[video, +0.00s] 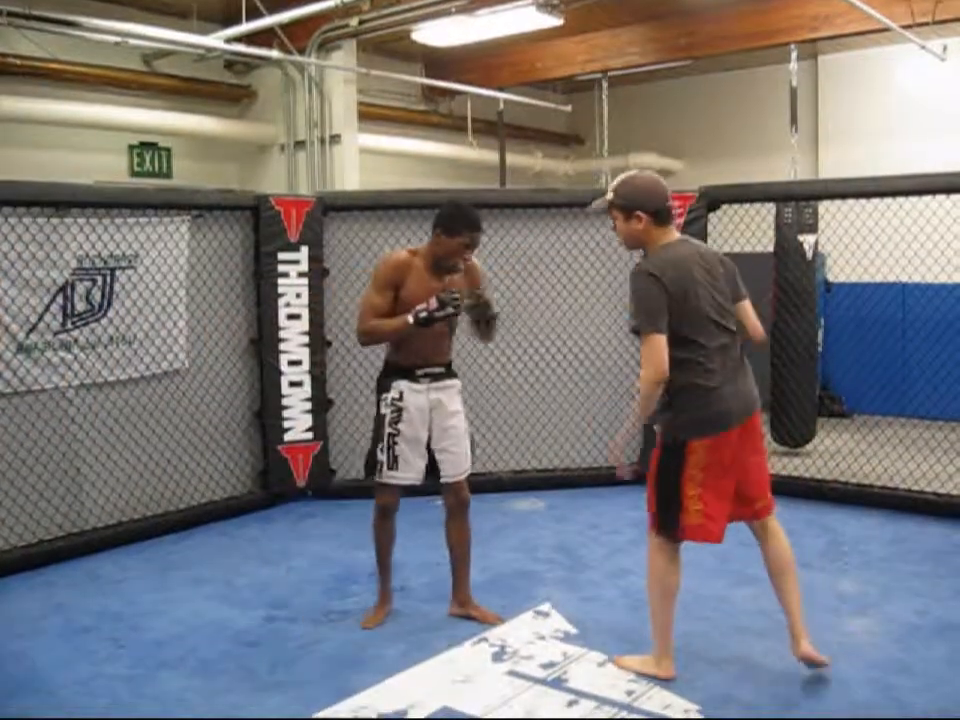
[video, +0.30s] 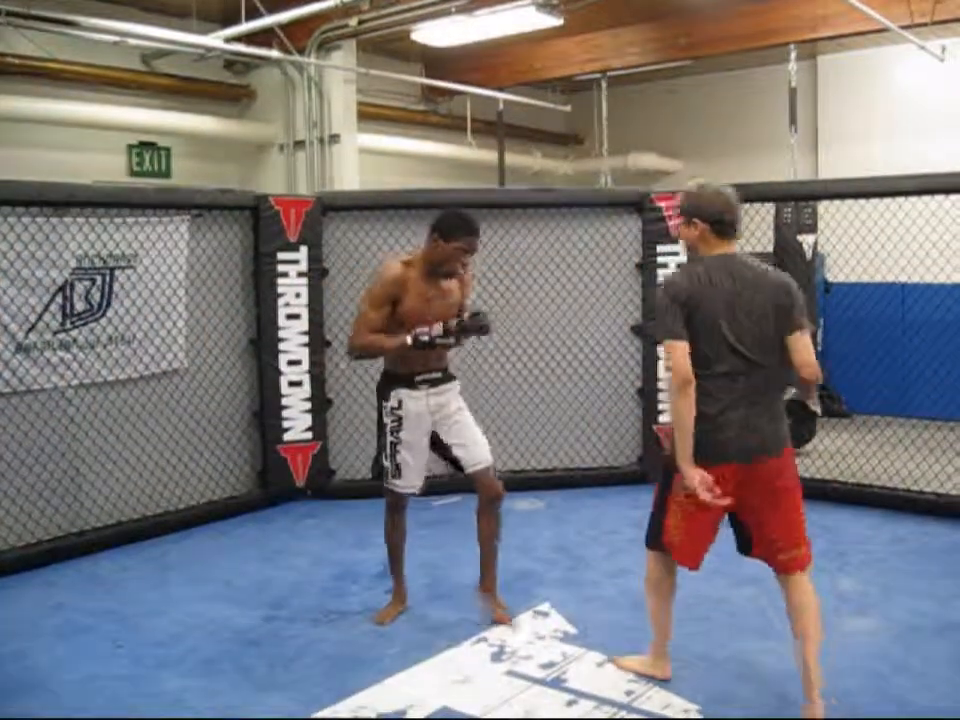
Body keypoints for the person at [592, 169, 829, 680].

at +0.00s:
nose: (613, 226)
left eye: (616, 217)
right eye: (612, 217)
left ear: (641, 219)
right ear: (659, 215)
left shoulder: (650, 273)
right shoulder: (712, 256)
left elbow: (656, 371)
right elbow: (755, 330)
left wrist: (639, 420)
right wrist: (712, 332)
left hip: (689, 424)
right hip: (742, 411)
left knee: (664, 538)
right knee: (765, 521)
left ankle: (661, 657)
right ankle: (802, 639)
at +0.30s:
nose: (678, 229)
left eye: (681, 222)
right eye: (680, 220)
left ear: (695, 228)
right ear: (733, 227)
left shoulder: (676, 289)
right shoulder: (780, 284)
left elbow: (682, 379)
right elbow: (809, 371)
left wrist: (687, 463)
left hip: (706, 450)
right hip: (771, 448)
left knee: (661, 552)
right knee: (795, 569)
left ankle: (658, 657)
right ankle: (814, 696)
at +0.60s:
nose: (758, 205)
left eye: (759, 195)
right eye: (759, 195)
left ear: (776, 193)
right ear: (814, 194)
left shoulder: (759, 251)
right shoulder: (861, 259)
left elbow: (728, 343)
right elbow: (884, 357)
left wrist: (687, 377)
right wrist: (829, 350)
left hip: (766, 435)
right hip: (840, 439)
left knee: (718, 556)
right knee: (833, 584)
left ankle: (711, 687)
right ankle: (823, 709)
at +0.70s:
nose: (767, 193)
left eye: (769, 182)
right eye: (768, 182)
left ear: (789, 179)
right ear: (825, 179)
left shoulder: (772, 234)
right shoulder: (876, 242)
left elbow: (743, 326)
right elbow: (903, 344)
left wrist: (704, 345)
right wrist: (844, 335)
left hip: (784, 423)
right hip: (858, 424)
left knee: (740, 557)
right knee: (852, 576)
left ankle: (763, 686)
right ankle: (847, 708)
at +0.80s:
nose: (781, 210)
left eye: (782, 200)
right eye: (780, 201)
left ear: (800, 195)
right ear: (842, 195)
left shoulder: (788, 253)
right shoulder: (892, 261)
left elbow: (762, 349)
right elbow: (919, 364)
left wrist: (730, 349)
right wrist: (862, 360)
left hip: (799, 450)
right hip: (872, 448)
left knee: (759, 578)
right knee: (877, 592)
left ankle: (798, 708)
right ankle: (883, 711)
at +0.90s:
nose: (794, 232)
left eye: (794, 222)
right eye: (793, 223)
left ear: (811, 221)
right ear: (855, 220)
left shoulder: (797, 283)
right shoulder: (899, 289)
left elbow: (783, 384)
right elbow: (928, 397)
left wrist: (747, 390)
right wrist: (872, 395)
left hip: (810, 489)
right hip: (881, 485)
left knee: (780, 629)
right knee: (879, 623)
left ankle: (813, 711)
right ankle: (881, 713)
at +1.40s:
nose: (744, 220)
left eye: (744, 210)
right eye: (745, 210)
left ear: (759, 211)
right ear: (807, 207)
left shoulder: (745, 276)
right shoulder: (868, 267)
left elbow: (709, 386)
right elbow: (899, 371)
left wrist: (767, 391)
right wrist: (837, 375)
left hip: (789, 486)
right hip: (876, 480)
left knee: (752, 650)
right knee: (889, 632)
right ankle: (893, 717)